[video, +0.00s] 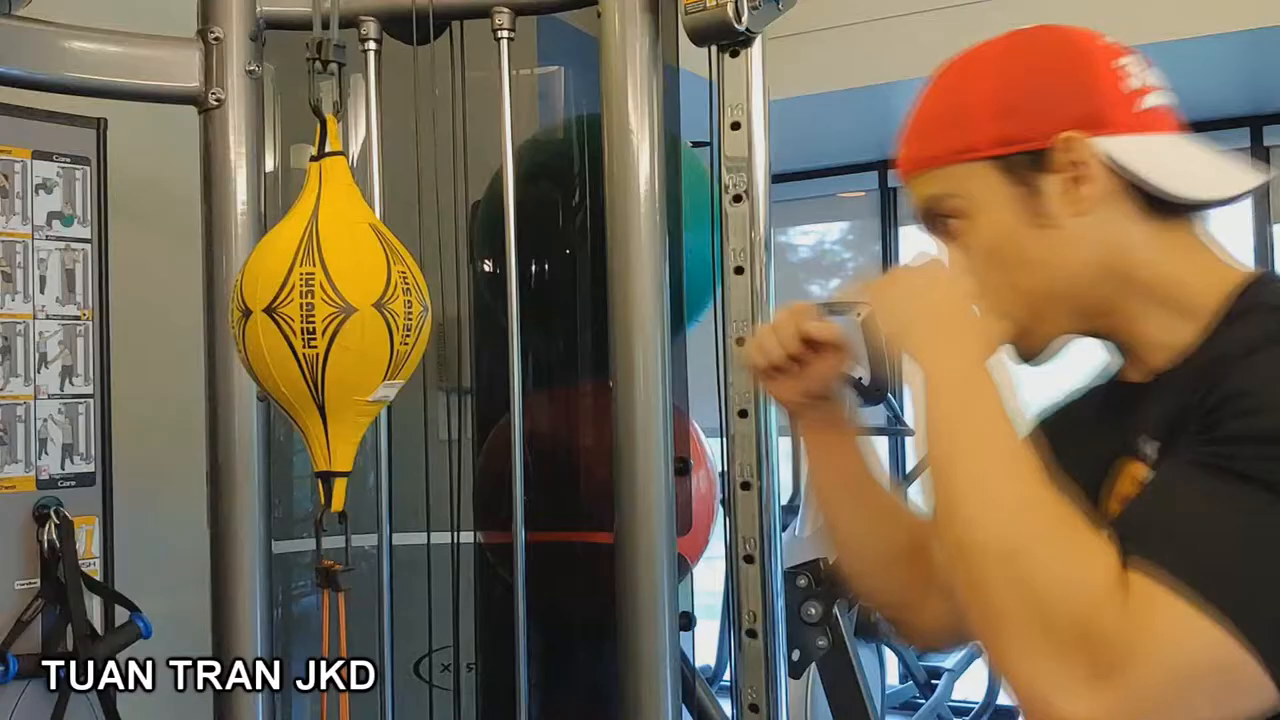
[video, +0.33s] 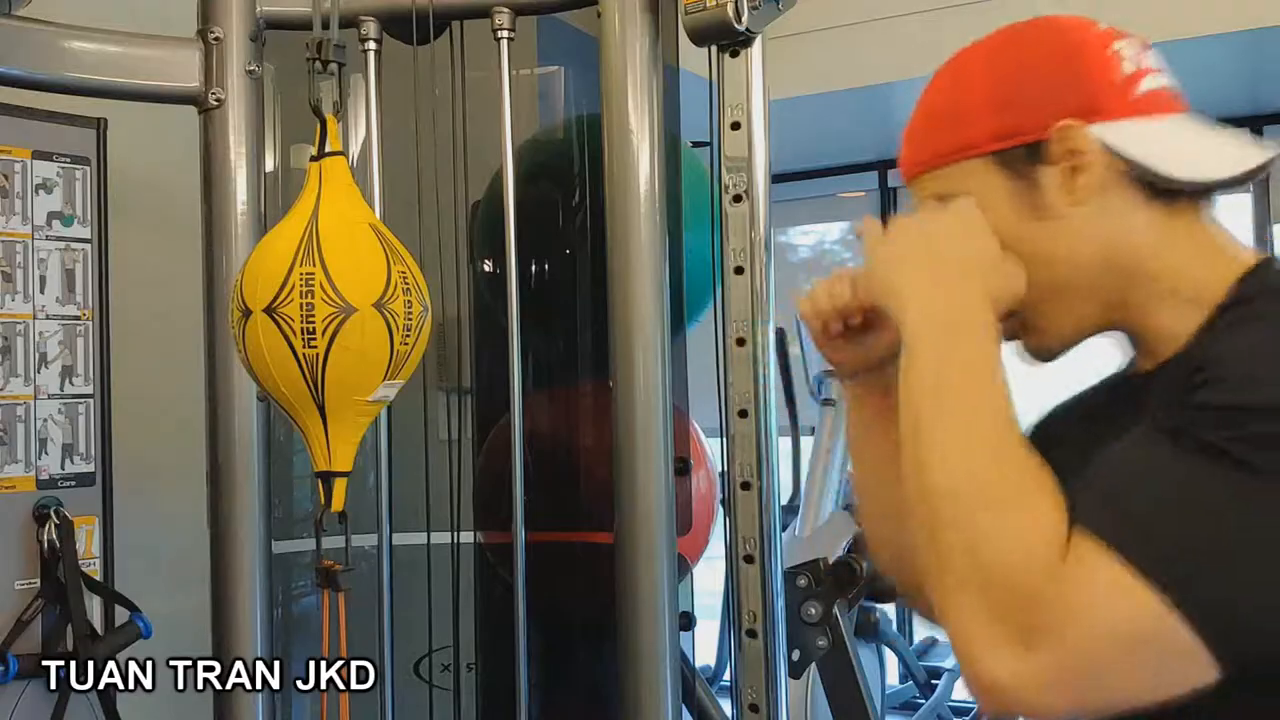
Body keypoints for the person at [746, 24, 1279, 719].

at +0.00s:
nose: (951, 271)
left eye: (951, 223)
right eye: (937, 233)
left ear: (1075, 175)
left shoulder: (1267, 372)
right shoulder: (1112, 410)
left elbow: (1107, 684)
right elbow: (930, 604)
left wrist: (950, 351)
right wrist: (819, 415)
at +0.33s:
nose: (944, 255)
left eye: (950, 212)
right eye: (933, 222)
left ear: (1073, 166)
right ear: (1076, 168)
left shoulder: (1266, 363)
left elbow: (1035, 658)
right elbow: (942, 578)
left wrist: (946, 304)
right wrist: (873, 387)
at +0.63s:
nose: (821, 293)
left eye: (831, 255)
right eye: (813, 263)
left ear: (945, 216)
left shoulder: (1179, 388)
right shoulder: (992, 434)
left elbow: (928, 645)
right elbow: (836, 601)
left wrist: (835, 350)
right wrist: (739, 434)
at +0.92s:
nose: (847, 294)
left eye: (850, 250)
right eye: (838, 259)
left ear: (961, 213)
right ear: (966, 215)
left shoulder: (1161, 409)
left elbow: (895, 685)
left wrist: (824, 380)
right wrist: (789, 507)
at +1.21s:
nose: (822, 256)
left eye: (833, 211)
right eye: (818, 220)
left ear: (957, 179)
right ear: (956, 184)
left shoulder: (1221, 379)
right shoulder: (952, 403)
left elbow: (1009, 647)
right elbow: (716, 474)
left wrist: (856, 352)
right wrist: (492, 358)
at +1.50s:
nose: (828, 300)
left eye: (846, 243)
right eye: (825, 254)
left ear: (977, 217)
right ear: (977, 220)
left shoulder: (1242, 408)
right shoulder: (887, 426)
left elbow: (1201, 698)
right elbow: (606, 534)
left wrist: (993, 426)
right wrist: (805, 457)